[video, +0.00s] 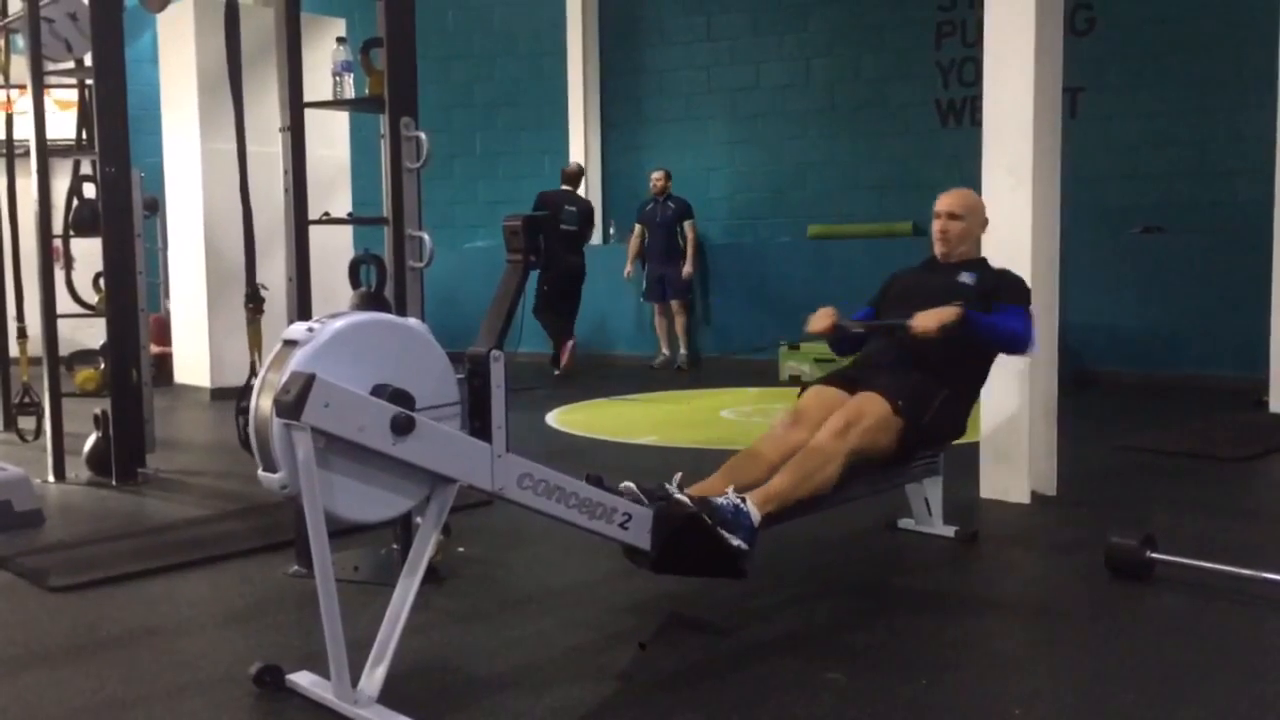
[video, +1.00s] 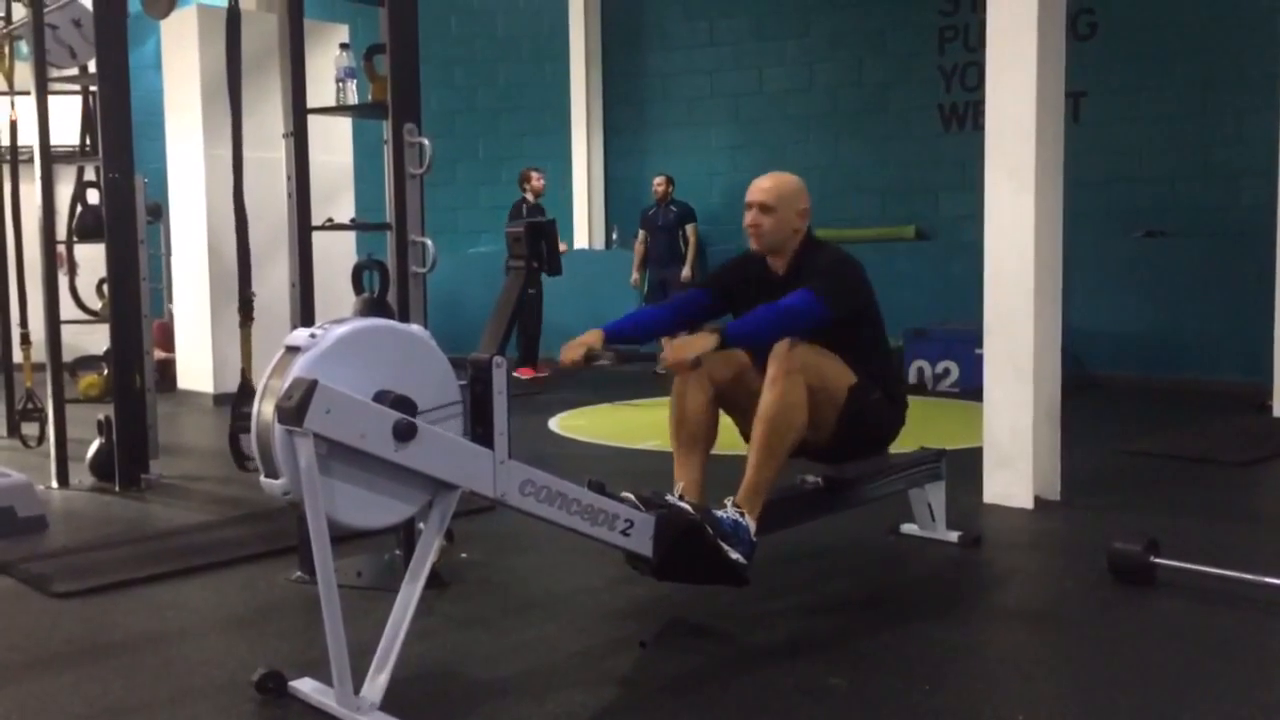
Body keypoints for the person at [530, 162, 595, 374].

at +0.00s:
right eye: (579, 178)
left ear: (562, 177)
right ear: (580, 181)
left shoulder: (545, 198)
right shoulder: (586, 206)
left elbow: (533, 228)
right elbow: (586, 237)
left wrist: (536, 254)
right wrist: (571, 248)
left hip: (552, 263)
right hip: (576, 265)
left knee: (541, 308)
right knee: (569, 311)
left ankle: (563, 341)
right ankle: (558, 362)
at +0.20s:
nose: (578, 183)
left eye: (578, 180)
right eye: (578, 180)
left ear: (556, 178)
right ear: (575, 181)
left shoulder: (537, 198)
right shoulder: (578, 205)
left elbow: (528, 229)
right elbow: (584, 234)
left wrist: (531, 254)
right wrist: (565, 228)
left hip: (543, 264)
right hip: (568, 266)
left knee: (542, 309)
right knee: (567, 312)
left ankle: (539, 347)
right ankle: (561, 365)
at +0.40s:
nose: (567, 184)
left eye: (566, 181)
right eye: (566, 181)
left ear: (547, 182)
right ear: (561, 183)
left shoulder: (531, 201)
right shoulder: (564, 205)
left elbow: (527, 231)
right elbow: (575, 236)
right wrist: (567, 208)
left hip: (536, 262)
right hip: (557, 262)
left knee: (540, 311)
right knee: (565, 312)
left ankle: (526, 360)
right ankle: (560, 364)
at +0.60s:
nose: (558, 184)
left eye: (558, 181)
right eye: (555, 181)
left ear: (541, 184)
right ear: (544, 183)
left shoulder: (529, 203)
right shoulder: (545, 207)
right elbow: (551, 235)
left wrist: (564, 230)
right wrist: (569, 231)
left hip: (533, 270)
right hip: (547, 271)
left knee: (532, 316)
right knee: (558, 319)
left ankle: (525, 363)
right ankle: (555, 365)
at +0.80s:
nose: (550, 183)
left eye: (549, 179)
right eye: (546, 180)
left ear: (538, 185)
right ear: (534, 185)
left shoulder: (536, 206)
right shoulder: (530, 208)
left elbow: (540, 233)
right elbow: (535, 237)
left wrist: (558, 238)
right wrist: (558, 240)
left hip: (537, 269)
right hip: (531, 270)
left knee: (536, 317)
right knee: (534, 317)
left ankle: (540, 360)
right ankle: (534, 362)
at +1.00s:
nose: (543, 183)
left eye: (542, 179)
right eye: (538, 180)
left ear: (536, 185)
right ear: (527, 184)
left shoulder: (538, 209)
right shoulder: (520, 208)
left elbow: (539, 240)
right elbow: (524, 241)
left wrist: (554, 247)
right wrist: (553, 248)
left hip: (535, 269)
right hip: (523, 269)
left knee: (533, 318)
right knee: (526, 318)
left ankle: (531, 363)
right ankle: (524, 364)